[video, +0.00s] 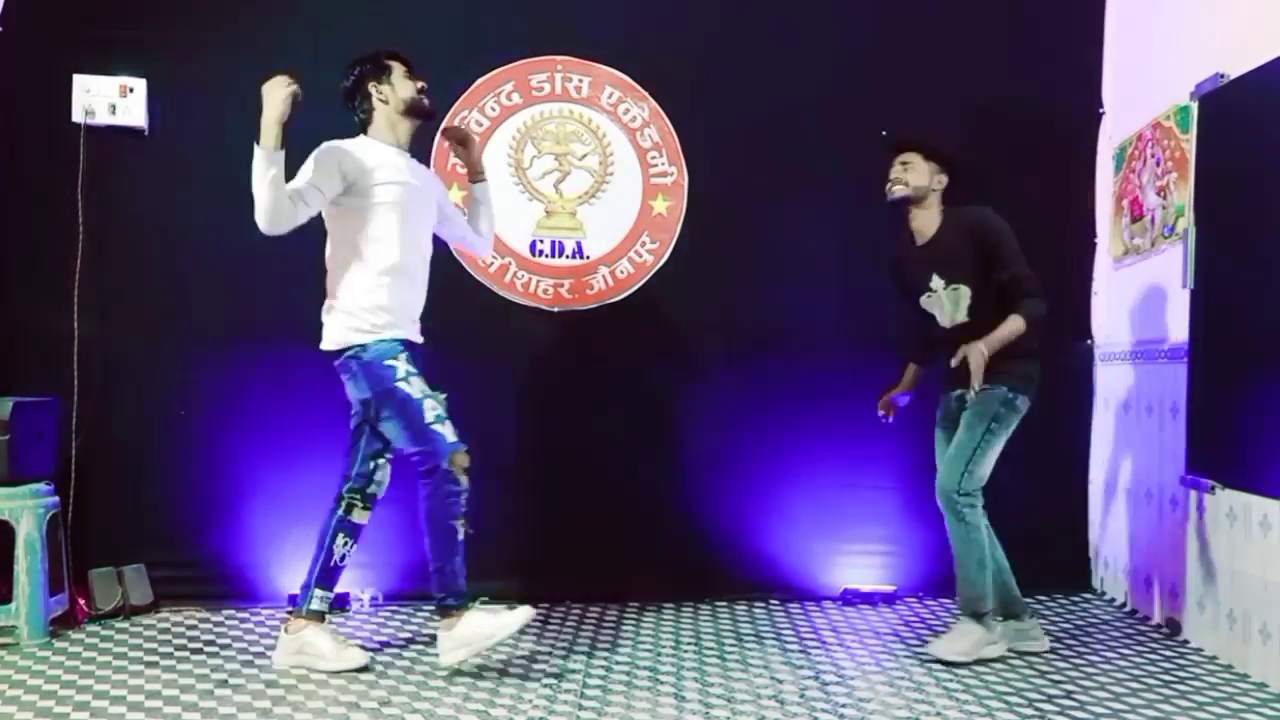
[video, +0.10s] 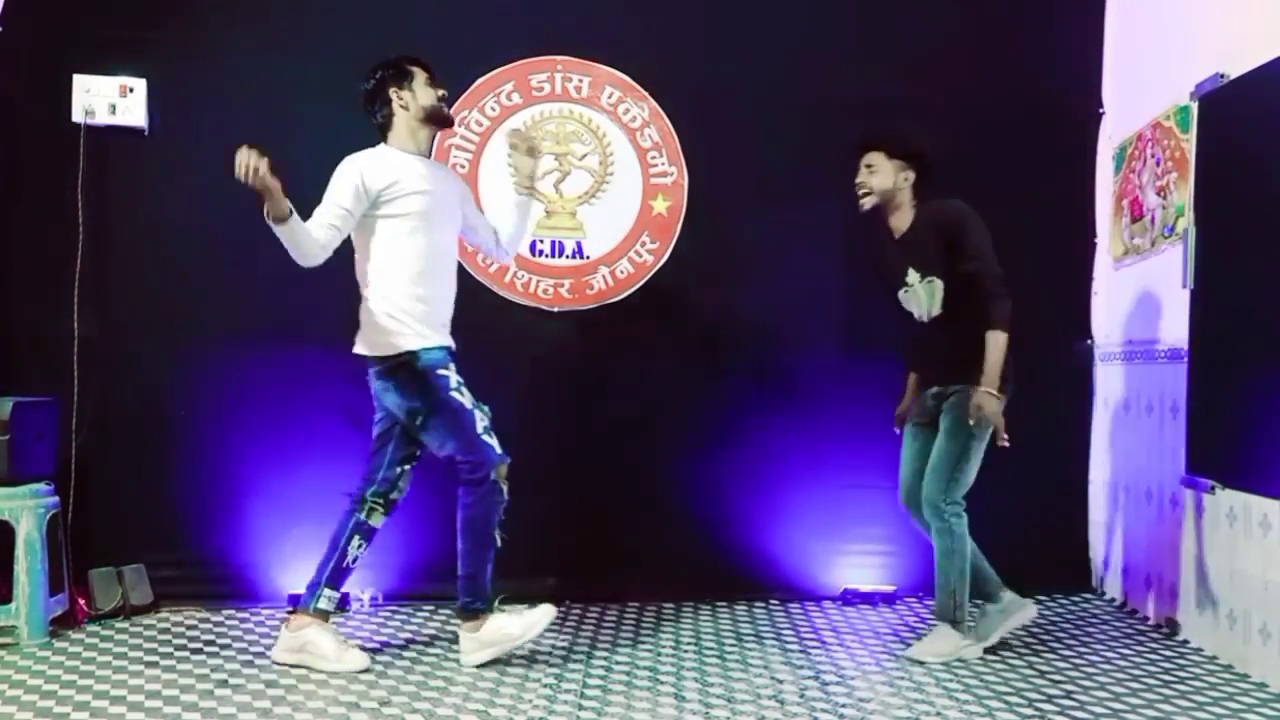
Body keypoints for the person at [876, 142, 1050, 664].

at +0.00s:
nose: (895, 176)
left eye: (908, 167)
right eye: (893, 168)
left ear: (939, 179)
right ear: (892, 184)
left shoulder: (978, 225)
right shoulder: (905, 255)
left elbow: (1031, 305)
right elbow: (926, 330)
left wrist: (986, 343)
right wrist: (905, 387)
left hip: (1005, 378)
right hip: (956, 384)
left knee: (956, 489)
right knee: (958, 495)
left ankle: (979, 621)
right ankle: (1016, 620)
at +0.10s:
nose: (861, 180)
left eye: (872, 169)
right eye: (860, 171)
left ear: (906, 175)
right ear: (873, 182)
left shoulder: (951, 219)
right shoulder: (892, 245)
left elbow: (996, 302)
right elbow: (926, 323)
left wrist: (990, 387)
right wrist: (912, 385)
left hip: (972, 385)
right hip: (929, 387)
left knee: (943, 499)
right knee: (915, 498)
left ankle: (954, 628)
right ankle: (1000, 601)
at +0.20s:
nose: (832, 178)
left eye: (842, 169)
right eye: (834, 169)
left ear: (875, 179)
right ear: (859, 180)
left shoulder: (913, 225)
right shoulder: (870, 237)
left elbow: (965, 302)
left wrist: (991, 393)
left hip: (948, 386)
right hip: (907, 384)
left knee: (927, 499)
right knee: (872, 491)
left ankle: (957, 630)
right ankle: (931, 601)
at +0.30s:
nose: (809, 172)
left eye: (820, 165)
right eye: (812, 164)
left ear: (852, 178)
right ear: (838, 177)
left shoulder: (878, 229)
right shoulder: (848, 232)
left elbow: (938, 303)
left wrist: (971, 392)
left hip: (920, 385)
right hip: (883, 383)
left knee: (889, 494)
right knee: (850, 490)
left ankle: (945, 617)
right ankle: (868, 615)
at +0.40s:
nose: (790, 168)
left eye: (801, 161)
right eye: (793, 160)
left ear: (833, 175)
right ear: (823, 177)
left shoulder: (855, 229)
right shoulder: (832, 232)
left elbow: (913, 306)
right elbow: (873, 309)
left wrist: (934, 396)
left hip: (886, 382)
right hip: (858, 381)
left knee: (837, 482)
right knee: (830, 483)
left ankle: (896, 602)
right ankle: (866, 609)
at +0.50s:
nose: (769, 160)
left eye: (780, 152)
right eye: (772, 152)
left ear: (813, 163)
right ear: (797, 164)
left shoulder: (842, 218)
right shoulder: (809, 224)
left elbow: (891, 303)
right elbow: (833, 308)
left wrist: (894, 392)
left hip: (853, 381)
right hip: (828, 379)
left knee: (807, 487)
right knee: (825, 495)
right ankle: (871, 615)